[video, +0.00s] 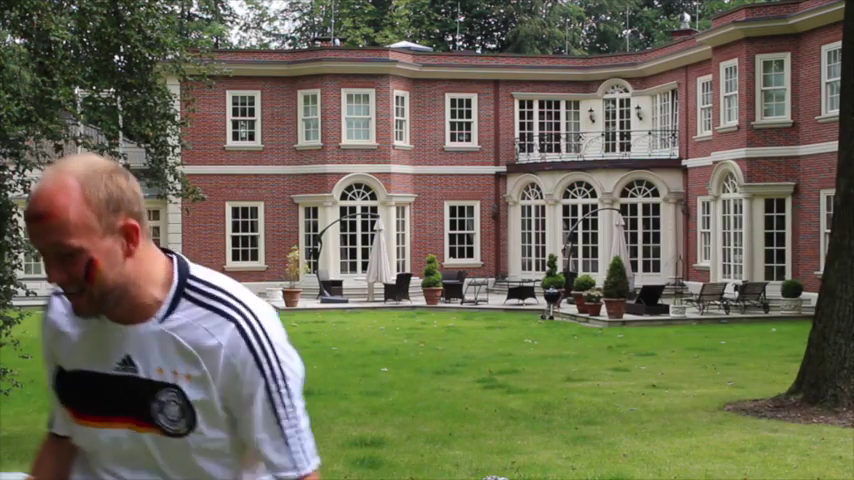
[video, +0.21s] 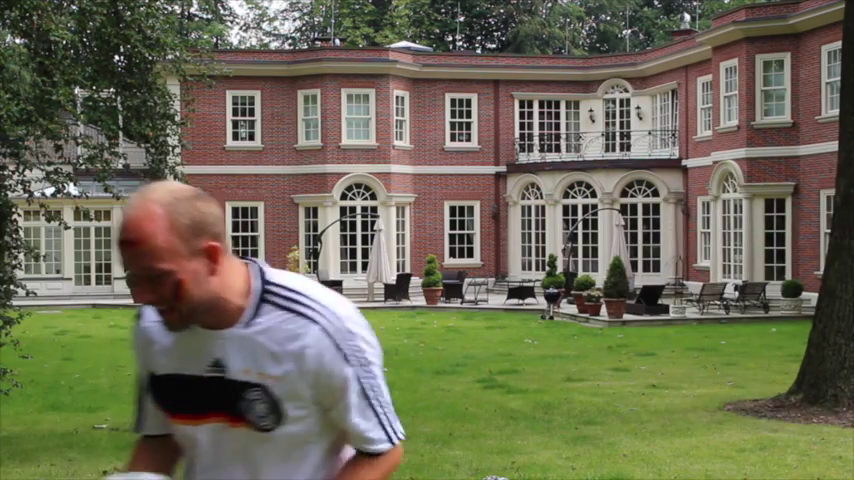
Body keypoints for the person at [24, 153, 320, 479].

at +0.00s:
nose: (55, 279)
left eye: (69, 256)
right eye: (44, 258)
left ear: (129, 239)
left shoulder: (238, 328)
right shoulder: (61, 315)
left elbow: (299, 472)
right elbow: (63, 437)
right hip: (91, 474)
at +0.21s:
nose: (141, 297)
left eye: (156, 278)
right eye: (132, 280)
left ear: (211, 258)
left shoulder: (324, 328)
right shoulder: (152, 327)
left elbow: (384, 448)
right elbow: (159, 437)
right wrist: (132, 477)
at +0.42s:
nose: (232, 355)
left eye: (244, 338)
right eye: (224, 339)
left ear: (293, 316)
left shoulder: (400, 363)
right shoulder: (242, 361)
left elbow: (451, 475)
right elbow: (251, 468)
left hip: (396, 473)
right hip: (308, 472)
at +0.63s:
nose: (302, 385)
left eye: (313, 370)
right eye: (296, 371)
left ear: (355, 343)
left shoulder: (468, 341)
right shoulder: (310, 386)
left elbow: (549, 417)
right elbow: (313, 473)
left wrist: (539, 477)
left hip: (494, 462)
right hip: (404, 470)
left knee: (472, 462)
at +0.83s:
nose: (439, 350)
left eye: (451, 335)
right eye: (427, 337)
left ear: (482, 301)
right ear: (412, 319)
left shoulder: (556, 298)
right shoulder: (401, 345)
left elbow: (608, 367)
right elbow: (423, 464)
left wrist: (624, 425)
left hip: (557, 467)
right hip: (469, 470)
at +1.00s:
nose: (546, 302)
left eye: (556, 288)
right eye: (532, 291)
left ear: (571, 259)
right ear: (500, 263)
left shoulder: (590, 268)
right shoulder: (462, 301)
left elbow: (626, 330)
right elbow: (497, 418)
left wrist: (663, 359)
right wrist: (614, 448)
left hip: (568, 463)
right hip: (480, 466)